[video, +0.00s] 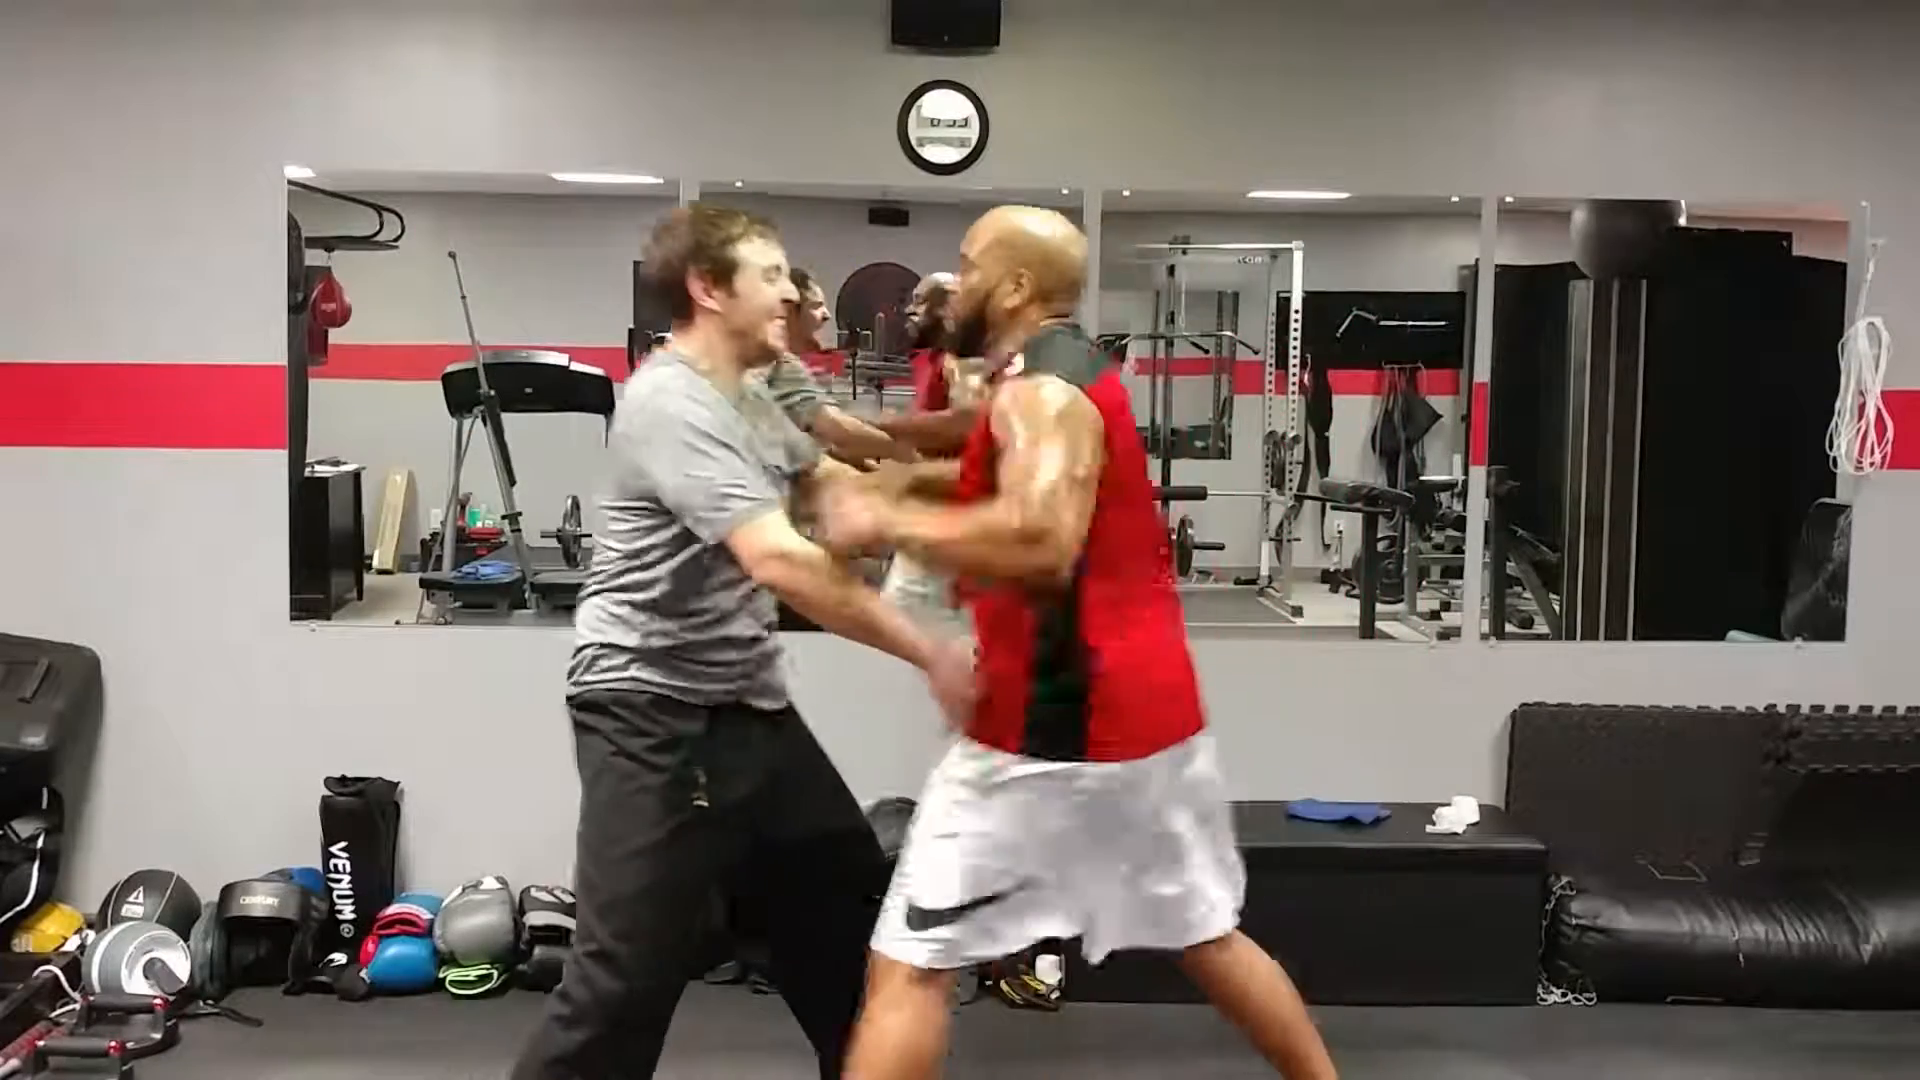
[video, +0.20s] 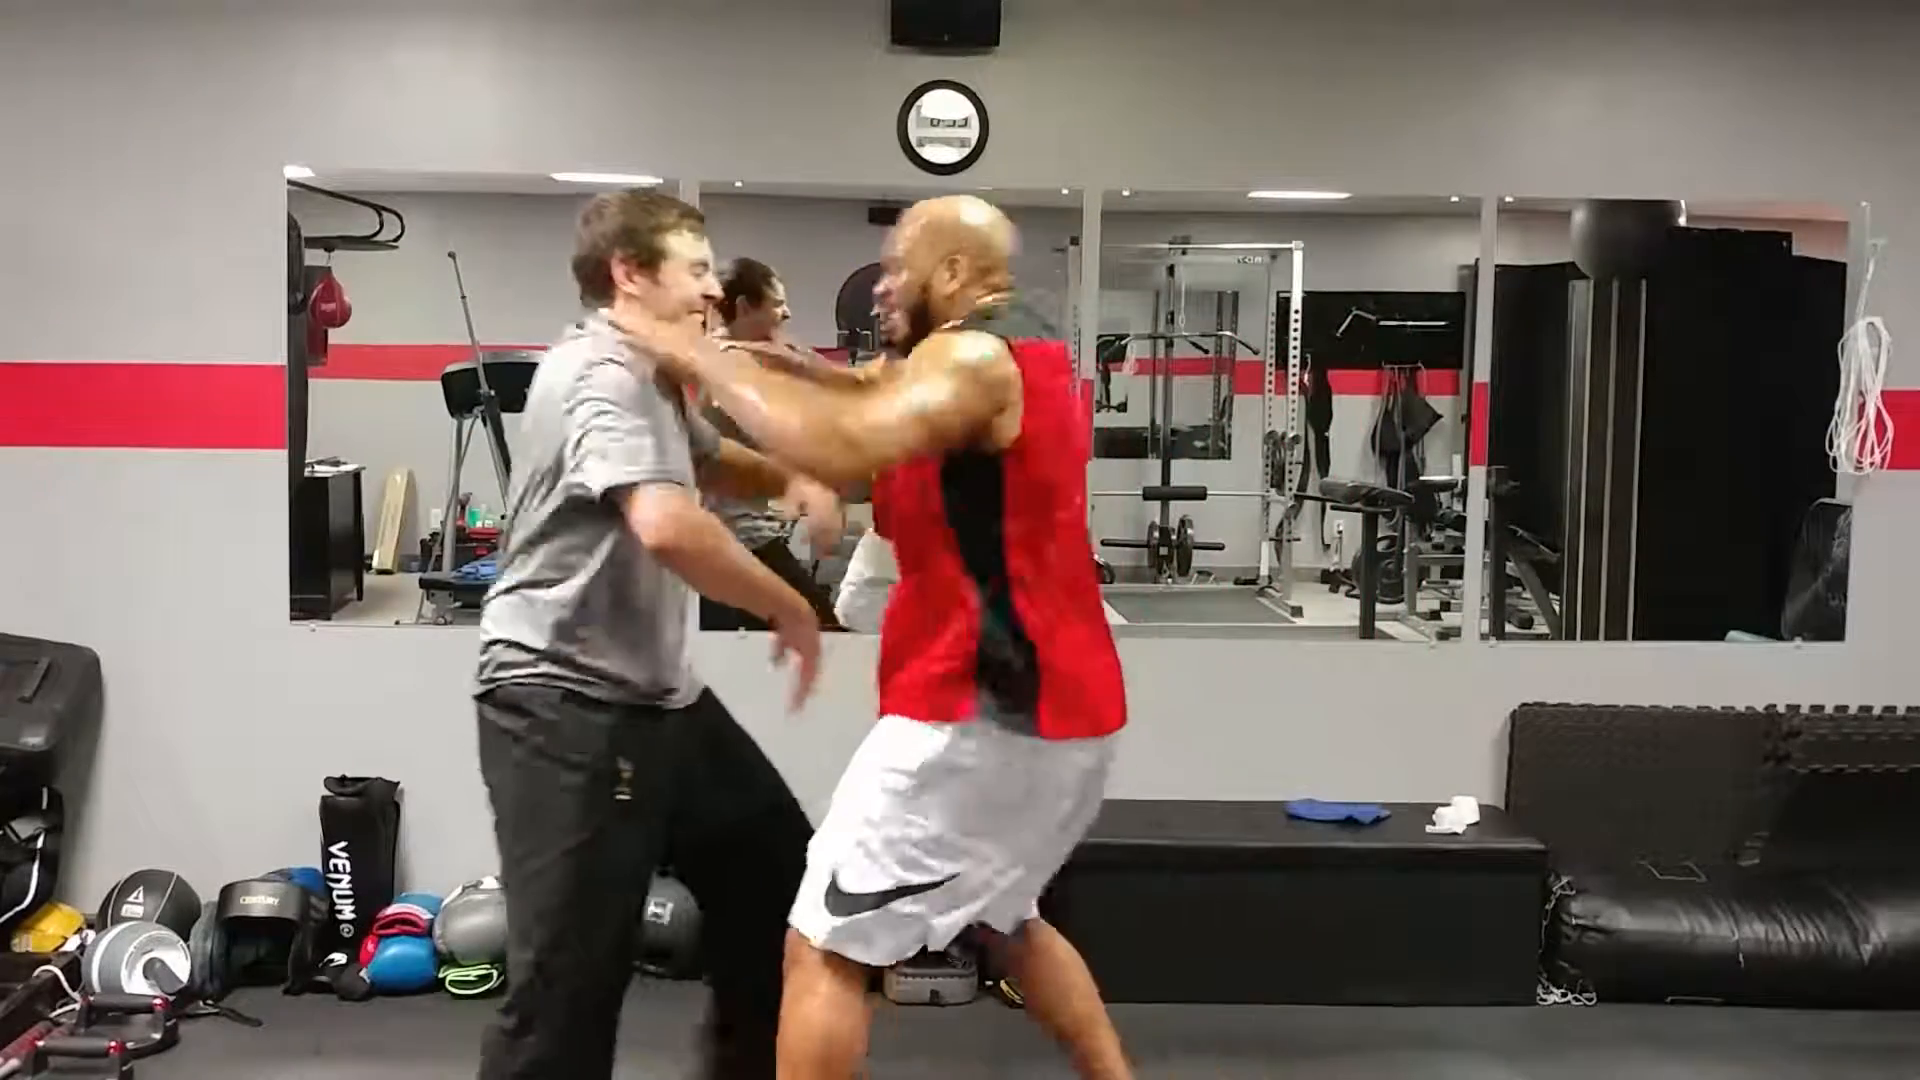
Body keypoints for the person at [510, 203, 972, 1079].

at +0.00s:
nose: (792, 294)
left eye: (789, 277)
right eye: (772, 277)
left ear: (723, 294)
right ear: (708, 290)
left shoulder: (751, 394)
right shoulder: (665, 405)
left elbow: (835, 485)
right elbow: (783, 567)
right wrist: (928, 649)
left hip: (749, 709)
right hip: (648, 713)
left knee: (858, 933)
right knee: (619, 990)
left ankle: (868, 1066)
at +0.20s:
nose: (712, 292)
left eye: (711, 273)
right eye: (695, 271)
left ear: (635, 280)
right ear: (627, 276)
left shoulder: (649, 370)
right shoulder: (602, 370)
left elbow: (700, 461)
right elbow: (664, 525)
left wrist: (795, 479)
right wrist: (789, 609)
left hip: (654, 698)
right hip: (562, 699)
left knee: (772, 865)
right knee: (566, 992)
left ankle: (748, 1062)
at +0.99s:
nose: (499, 279)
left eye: (499, 258)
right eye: (481, 258)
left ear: (428, 264)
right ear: (410, 261)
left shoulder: (469, 376)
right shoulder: (314, 361)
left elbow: (566, 480)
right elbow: (361, 502)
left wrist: (555, 390)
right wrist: (468, 393)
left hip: (426, 705)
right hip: (285, 697)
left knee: (471, 965)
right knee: (223, 967)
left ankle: (476, 1075)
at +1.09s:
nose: (474, 286)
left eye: (475, 267)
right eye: (455, 267)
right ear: (384, 271)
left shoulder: (466, 375)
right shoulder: (292, 370)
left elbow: (577, 456)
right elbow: (357, 479)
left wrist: (541, 356)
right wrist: (421, 352)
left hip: (439, 710)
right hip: (289, 710)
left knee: (495, 927)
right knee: (225, 957)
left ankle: (481, 1073)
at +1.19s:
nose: (469, 298)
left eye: (469, 279)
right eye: (451, 278)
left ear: (391, 285)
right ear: (378, 284)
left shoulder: (476, 389)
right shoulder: (288, 390)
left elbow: (591, 464)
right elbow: (339, 505)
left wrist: (549, 362)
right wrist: (410, 370)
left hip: (464, 726)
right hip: (305, 732)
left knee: (555, 902)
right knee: (228, 976)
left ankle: (515, 1063)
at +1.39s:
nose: (569, 299)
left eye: (565, 282)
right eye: (547, 284)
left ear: (517, 304)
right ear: (486, 304)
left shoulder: (562, 408)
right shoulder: (430, 406)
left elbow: (661, 501)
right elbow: (535, 461)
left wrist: (642, 392)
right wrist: (626, 364)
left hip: (545, 735)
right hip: (408, 745)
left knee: (673, 899)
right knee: (304, 966)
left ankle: (760, 1065)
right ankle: (227, 1075)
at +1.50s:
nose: (650, 309)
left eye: (644, 295)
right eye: (625, 295)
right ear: (561, 322)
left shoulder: (619, 405)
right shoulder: (572, 393)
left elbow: (699, 517)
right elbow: (761, 372)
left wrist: (706, 411)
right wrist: (910, 348)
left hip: (625, 739)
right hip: (508, 739)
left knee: (733, 915)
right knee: (389, 958)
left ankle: (816, 1062)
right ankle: (277, 1068)